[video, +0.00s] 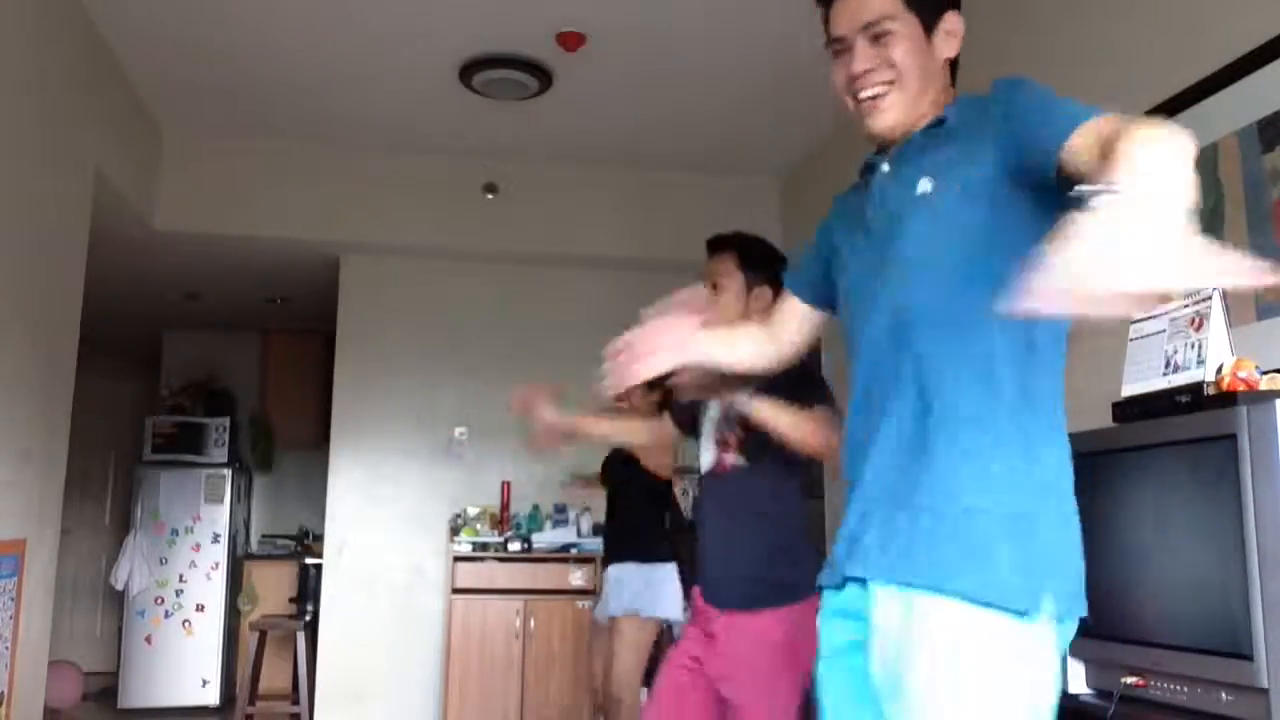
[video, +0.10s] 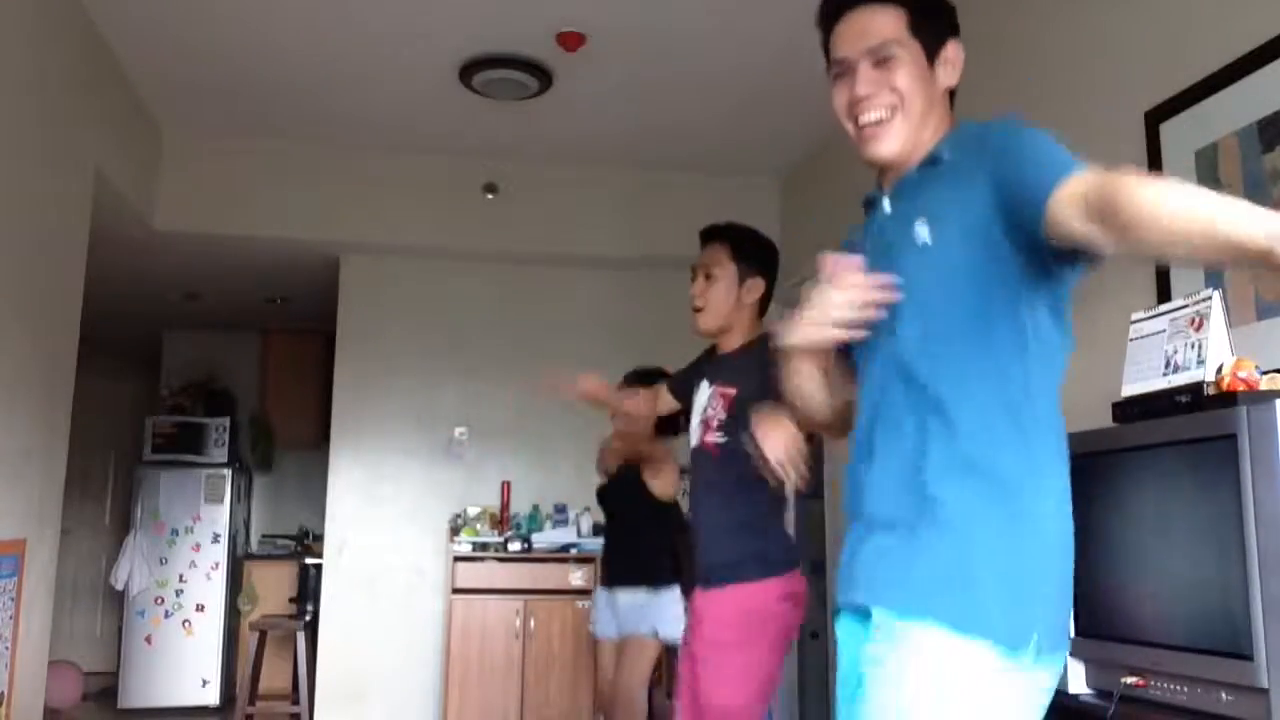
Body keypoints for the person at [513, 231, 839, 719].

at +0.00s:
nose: (705, 300)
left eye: (717, 287)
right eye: (706, 287)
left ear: (762, 298)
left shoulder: (794, 371)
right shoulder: (711, 375)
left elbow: (824, 441)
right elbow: (657, 431)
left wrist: (738, 394)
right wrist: (568, 424)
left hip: (773, 617)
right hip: (707, 613)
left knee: (767, 713)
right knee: (665, 711)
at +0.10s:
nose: (694, 291)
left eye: (709, 277)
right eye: (694, 278)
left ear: (752, 290)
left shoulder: (775, 360)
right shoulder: (710, 365)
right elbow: (654, 401)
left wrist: (773, 423)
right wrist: (601, 393)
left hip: (756, 581)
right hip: (710, 580)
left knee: (730, 709)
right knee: (692, 709)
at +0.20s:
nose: (691, 309)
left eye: (706, 295)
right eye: (692, 295)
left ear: (749, 309)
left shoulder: (771, 383)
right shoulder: (699, 392)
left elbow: (816, 456)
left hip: (746, 598)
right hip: (706, 597)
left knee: (706, 712)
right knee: (709, 711)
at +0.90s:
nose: (705, 300)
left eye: (718, 285)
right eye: (705, 286)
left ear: (763, 296)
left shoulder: (783, 353)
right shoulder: (725, 364)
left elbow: (811, 380)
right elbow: (678, 384)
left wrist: (735, 375)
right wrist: (618, 396)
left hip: (751, 578)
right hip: (714, 578)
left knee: (719, 710)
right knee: (670, 708)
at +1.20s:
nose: (711, 305)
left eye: (726, 291)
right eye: (712, 291)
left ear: (770, 305)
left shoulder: (795, 374)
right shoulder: (722, 380)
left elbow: (797, 406)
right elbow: (650, 425)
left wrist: (695, 388)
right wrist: (560, 430)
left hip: (763, 591)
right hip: (722, 589)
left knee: (695, 710)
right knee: (744, 714)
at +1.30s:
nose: (714, 304)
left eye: (727, 288)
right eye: (715, 290)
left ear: (773, 300)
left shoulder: (801, 366)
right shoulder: (725, 379)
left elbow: (810, 394)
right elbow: (658, 426)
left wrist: (713, 396)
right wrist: (599, 439)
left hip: (771, 603)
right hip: (702, 597)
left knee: (754, 714)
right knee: (678, 713)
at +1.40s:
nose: (716, 323)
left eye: (730, 308)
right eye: (718, 309)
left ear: (776, 322)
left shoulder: (811, 393)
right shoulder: (723, 402)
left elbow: (789, 418)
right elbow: (664, 442)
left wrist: (717, 419)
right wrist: (628, 458)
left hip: (787, 632)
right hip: (704, 627)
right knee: (676, 712)